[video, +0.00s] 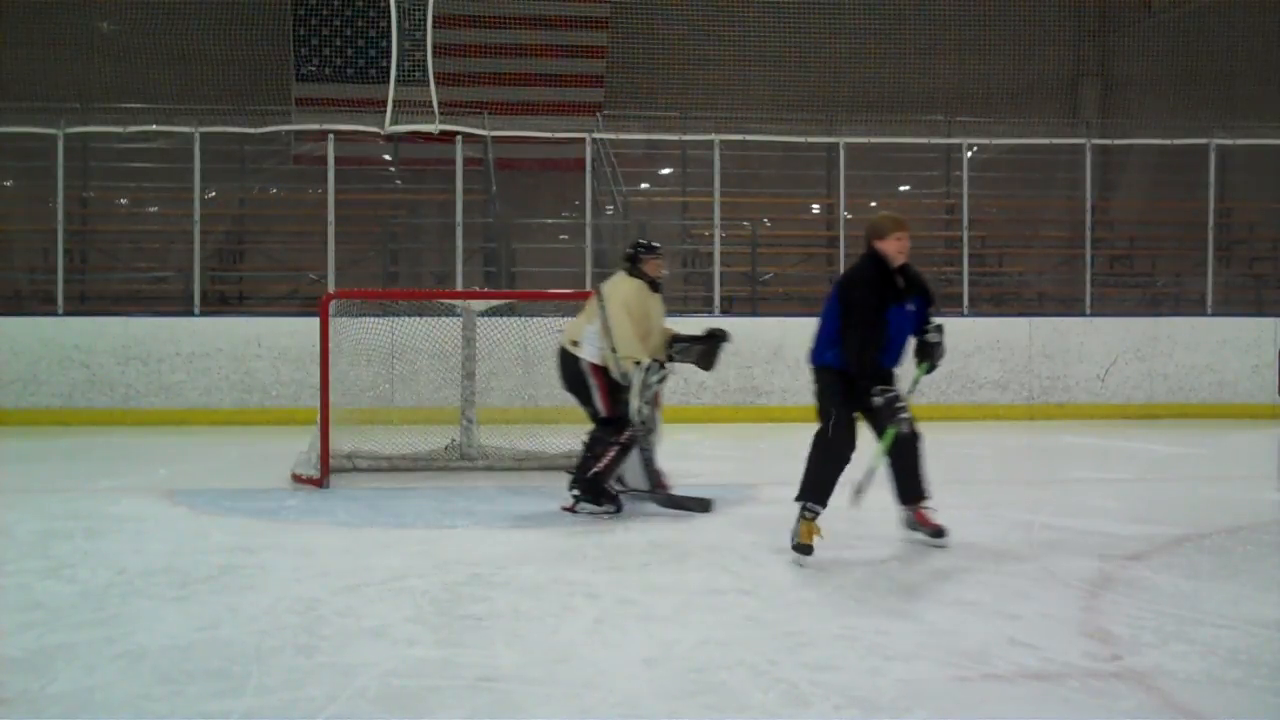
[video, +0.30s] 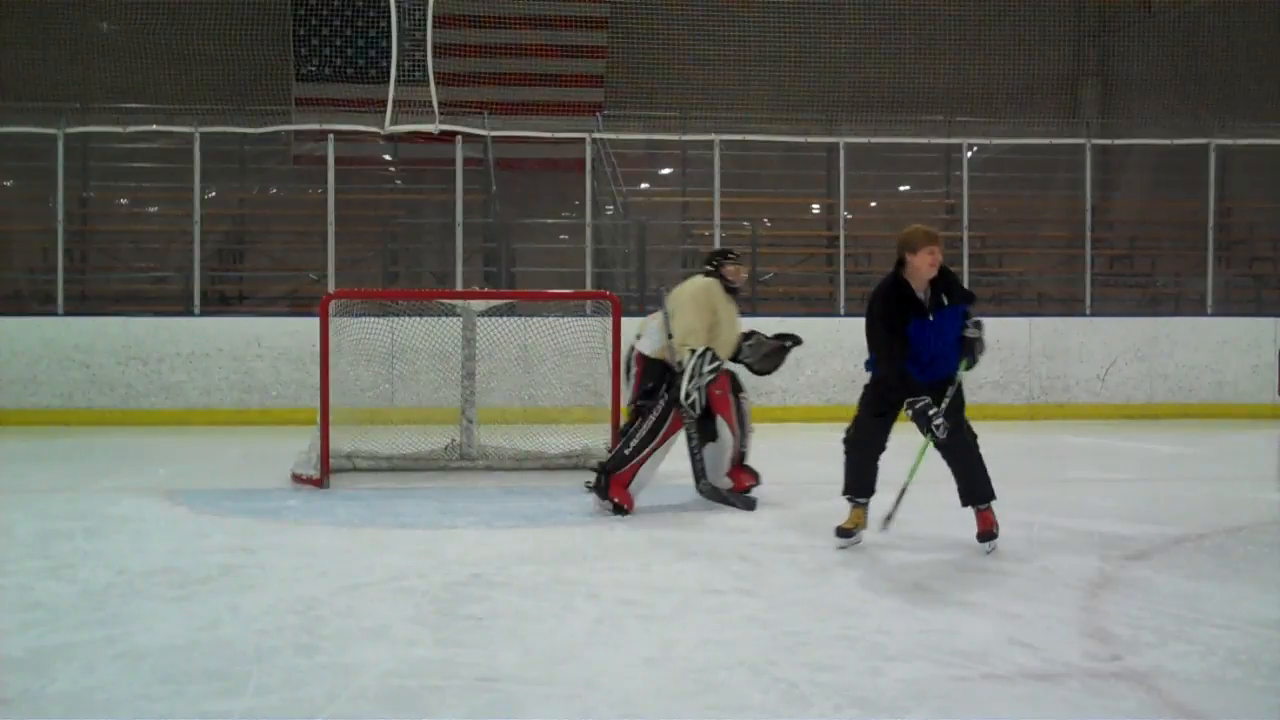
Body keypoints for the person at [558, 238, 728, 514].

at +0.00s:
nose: (659, 267)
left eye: (660, 261)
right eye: (653, 262)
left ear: (656, 265)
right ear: (637, 263)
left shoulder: (648, 294)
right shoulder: (622, 287)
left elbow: (652, 335)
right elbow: (623, 333)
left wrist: (690, 343)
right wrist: (642, 367)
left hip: (606, 360)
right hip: (582, 357)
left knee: (626, 420)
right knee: (615, 422)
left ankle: (596, 478)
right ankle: (588, 483)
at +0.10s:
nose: (687, 272)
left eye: (687, 267)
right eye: (681, 267)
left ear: (682, 270)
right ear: (666, 268)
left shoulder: (672, 298)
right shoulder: (648, 291)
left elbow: (678, 340)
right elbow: (648, 342)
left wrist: (718, 350)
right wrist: (663, 378)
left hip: (631, 364)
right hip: (607, 360)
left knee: (643, 422)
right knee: (626, 425)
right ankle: (597, 483)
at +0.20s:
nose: (713, 272)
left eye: (714, 266)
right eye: (708, 266)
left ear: (709, 270)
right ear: (692, 267)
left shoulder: (696, 294)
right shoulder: (677, 289)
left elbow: (702, 338)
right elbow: (668, 340)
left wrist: (734, 348)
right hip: (635, 361)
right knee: (636, 428)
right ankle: (601, 485)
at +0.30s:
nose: (739, 274)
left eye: (740, 268)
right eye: (733, 268)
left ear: (738, 271)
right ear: (717, 268)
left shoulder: (724, 301)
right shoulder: (700, 288)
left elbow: (725, 340)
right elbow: (688, 339)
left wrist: (760, 347)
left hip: (687, 366)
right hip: (659, 360)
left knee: (732, 395)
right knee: (656, 422)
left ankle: (729, 472)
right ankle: (613, 480)